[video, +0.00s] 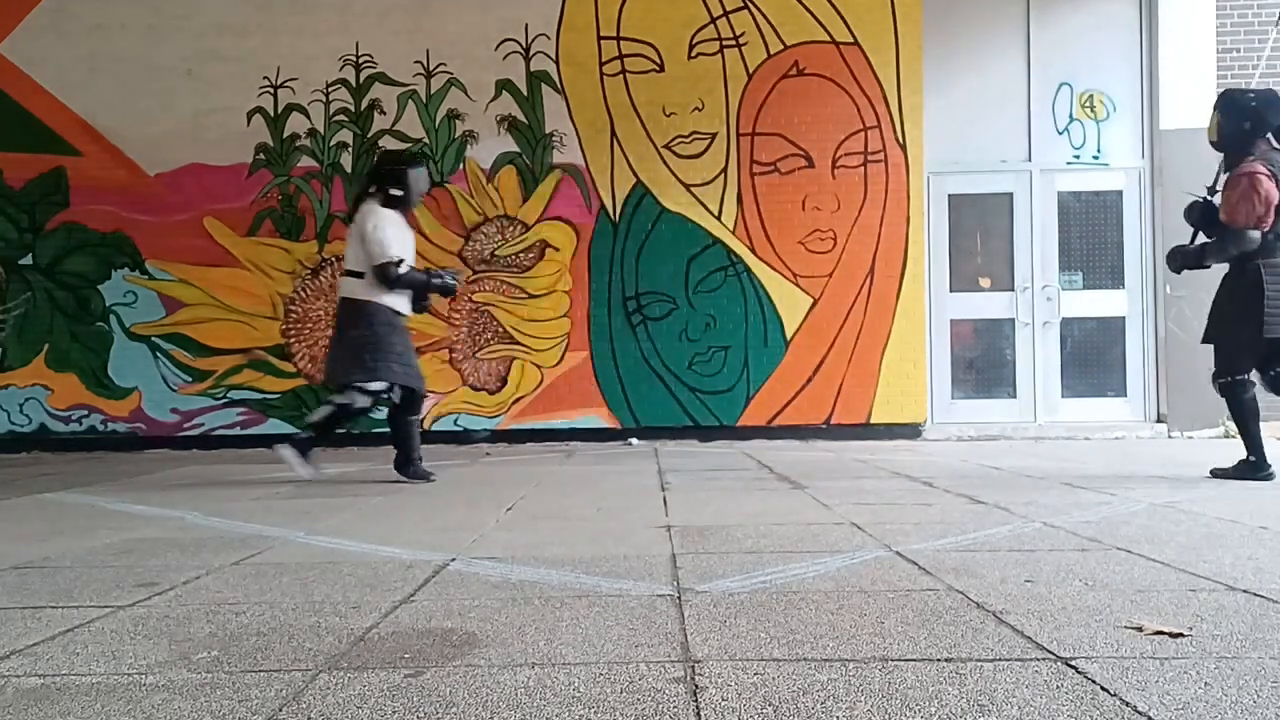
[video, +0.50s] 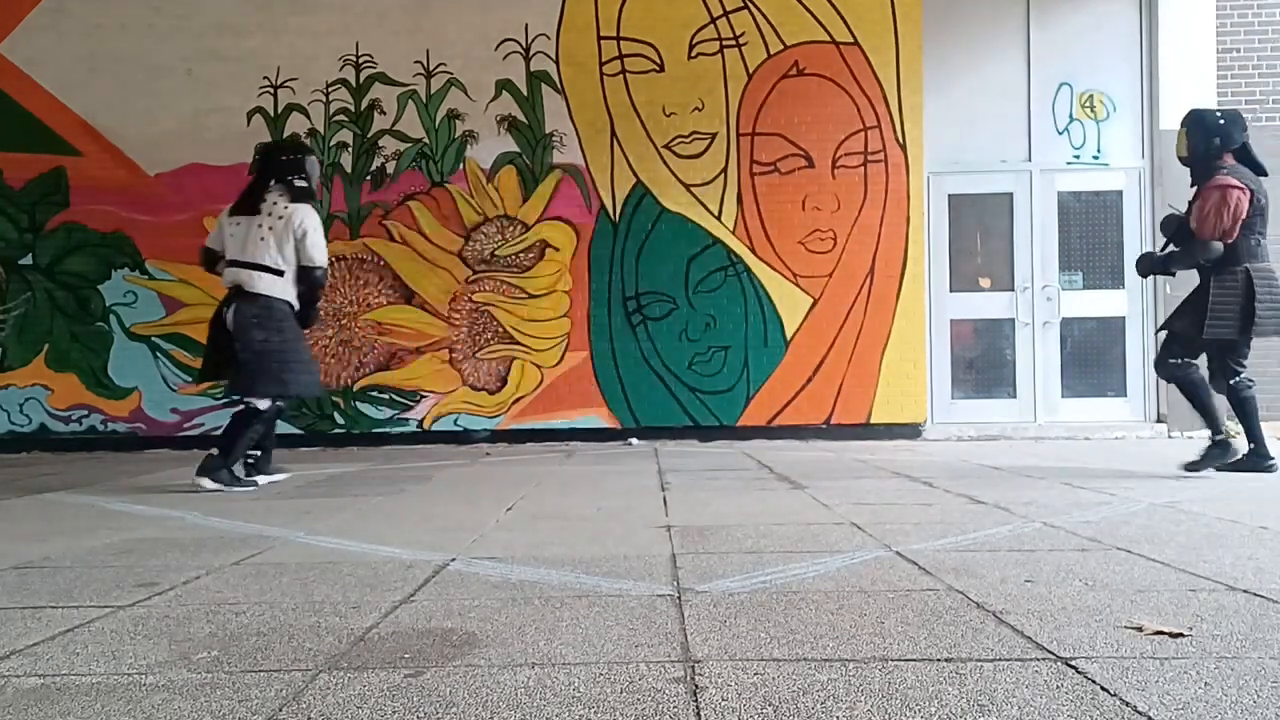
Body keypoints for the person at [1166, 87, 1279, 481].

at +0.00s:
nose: (1213, 129)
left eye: (1219, 121)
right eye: (1214, 120)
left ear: (1241, 126)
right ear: (1256, 126)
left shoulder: (1249, 175)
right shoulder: (1269, 167)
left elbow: (1242, 242)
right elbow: (1259, 233)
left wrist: (1192, 255)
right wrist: (1214, 223)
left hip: (1252, 284)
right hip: (1273, 281)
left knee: (1231, 372)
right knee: (1273, 373)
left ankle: (1256, 459)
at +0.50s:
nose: (1183, 147)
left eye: (1190, 140)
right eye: (1183, 139)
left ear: (1212, 143)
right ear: (1225, 145)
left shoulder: (1222, 185)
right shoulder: (1242, 179)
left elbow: (1208, 249)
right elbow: (1227, 239)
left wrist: (1161, 262)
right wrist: (1183, 229)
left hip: (1225, 287)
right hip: (1247, 285)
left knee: (1172, 359)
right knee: (1230, 370)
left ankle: (1220, 439)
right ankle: (1260, 452)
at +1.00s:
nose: (1130, 156)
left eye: (1136, 149)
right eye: (1131, 148)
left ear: (1158, 154)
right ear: (1166, 155)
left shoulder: (1169, 195)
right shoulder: (1176, 189)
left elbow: (1152, 254)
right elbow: (1162, 244)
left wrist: (1105, 272)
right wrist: (1126, 242)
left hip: (1168, 297)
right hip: (1180, 296)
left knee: (1116, 373)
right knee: (1177, 383)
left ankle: (1120, 459)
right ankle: (1246, 442)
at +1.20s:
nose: (1113, 158)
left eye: (1118, 151)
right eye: (1113, 151)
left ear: (1141, 155)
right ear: (1150, 156)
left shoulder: (1155, 196)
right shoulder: (1167, 190)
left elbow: (1141, 255)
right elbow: (1150, 244)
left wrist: (1092, 272)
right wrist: (1112, 242)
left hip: (1157, 297)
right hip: (1173, 296)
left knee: (1108, 371)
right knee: (1164, 383)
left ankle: (1119, 458)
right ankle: (1220, 449)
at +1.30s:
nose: (1112, 162)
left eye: (1118, 154)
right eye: (1112, 154)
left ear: (1141, 158)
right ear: (1149, 159)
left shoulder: (1155, 199)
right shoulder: (1163, 193)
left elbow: (1138, 258)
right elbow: (1143, 247)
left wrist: (1091, 274)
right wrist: (1110, 247)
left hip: (1158, 299)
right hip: (1171, 298)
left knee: (1106, 370)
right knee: (1170, 385)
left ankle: (1119, 458)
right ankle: (1222, 452)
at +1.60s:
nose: (1093, 166)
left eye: (1100, 158)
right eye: (1094, 158)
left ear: (1125, 162)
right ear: (1125, 164)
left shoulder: (1146, 206)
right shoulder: (1121, 202)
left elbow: (1132, 265)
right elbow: (1113, 259)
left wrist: (1074, 280)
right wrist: (1080, 260)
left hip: (1152, 303)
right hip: (1145, 302)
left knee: (1102, 369)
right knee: (1167, 385)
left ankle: (1114, 458)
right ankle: (1222, 452)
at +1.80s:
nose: (1068, 167)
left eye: (1075, 159)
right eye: (1067, 159)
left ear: (1099, 160)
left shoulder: (1132, 200)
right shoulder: (1075, 211)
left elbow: (1148, 257)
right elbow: (1063, 260)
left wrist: (1102, 281)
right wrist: (1046, 288)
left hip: (1123, 299)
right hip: (1090, 302)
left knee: (1089, 378)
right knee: (1077, 383)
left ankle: (1115, 459)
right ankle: (1150, 421)